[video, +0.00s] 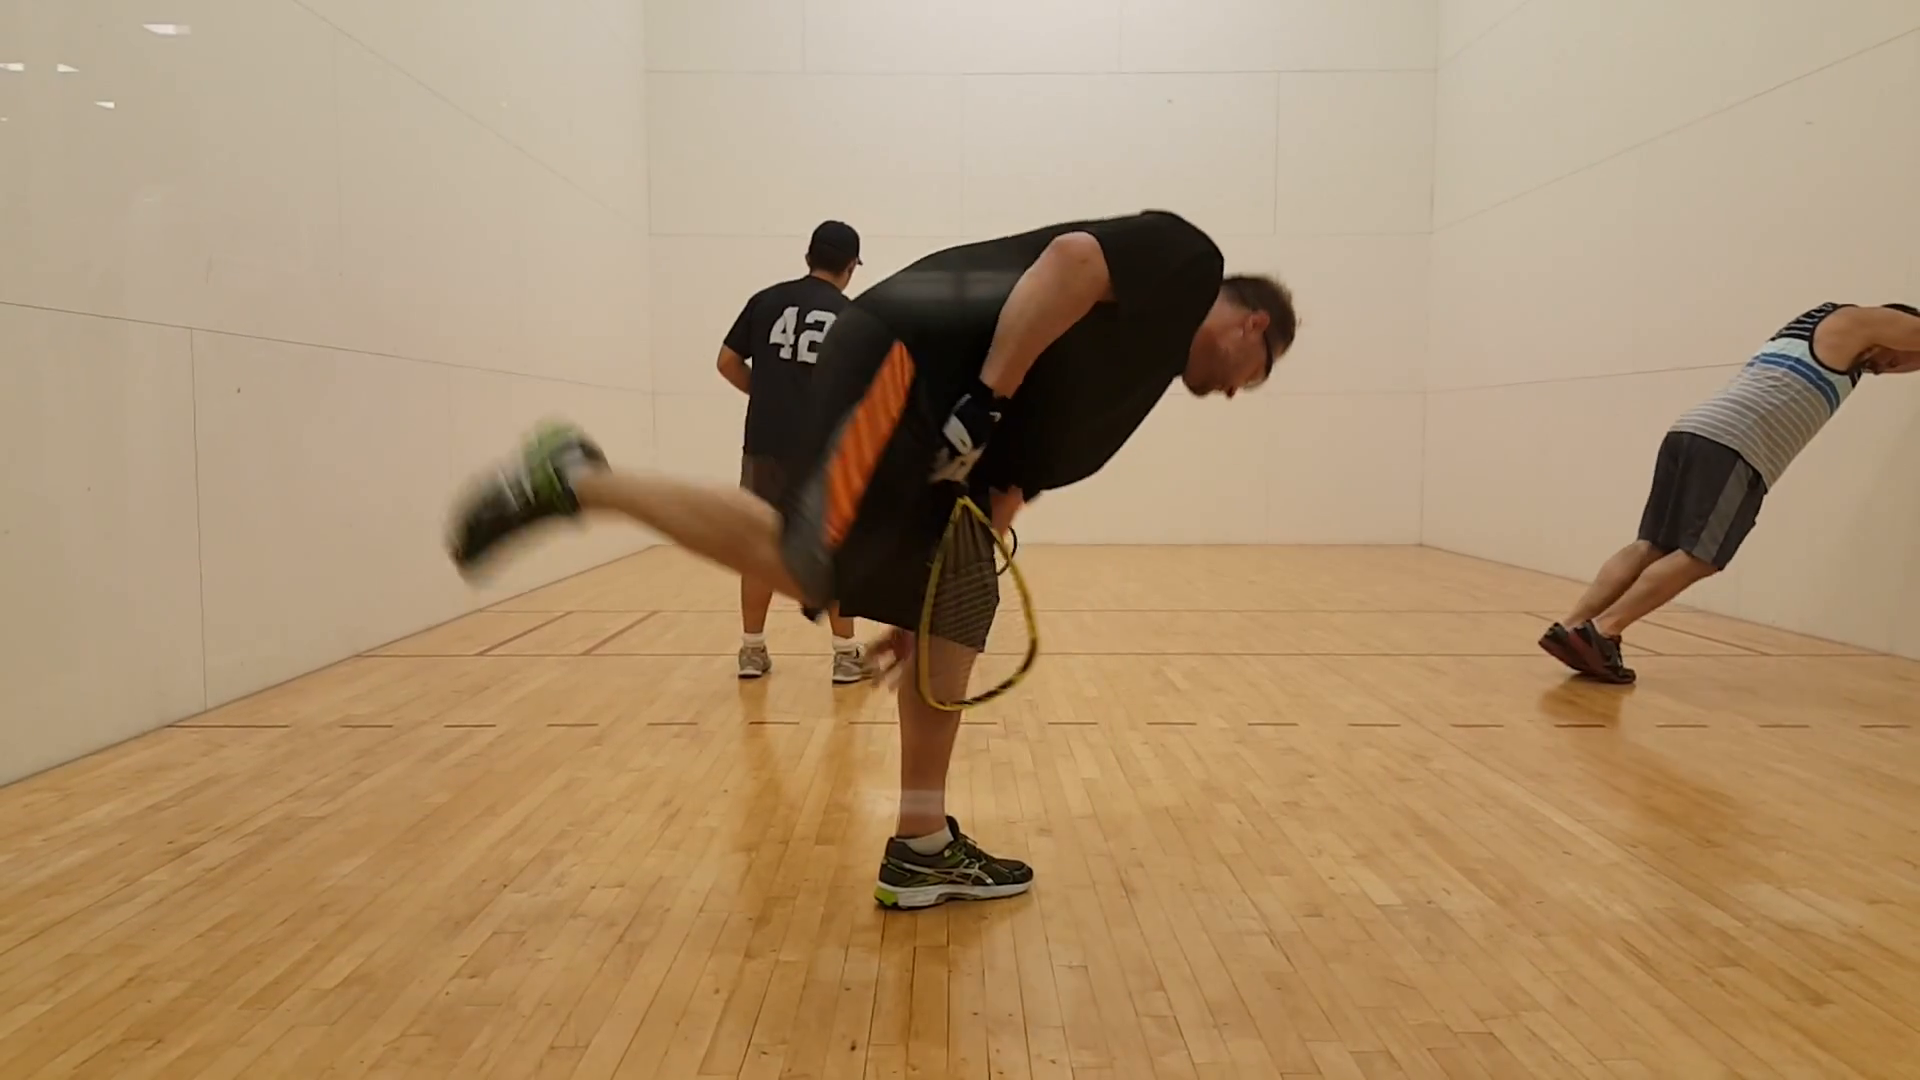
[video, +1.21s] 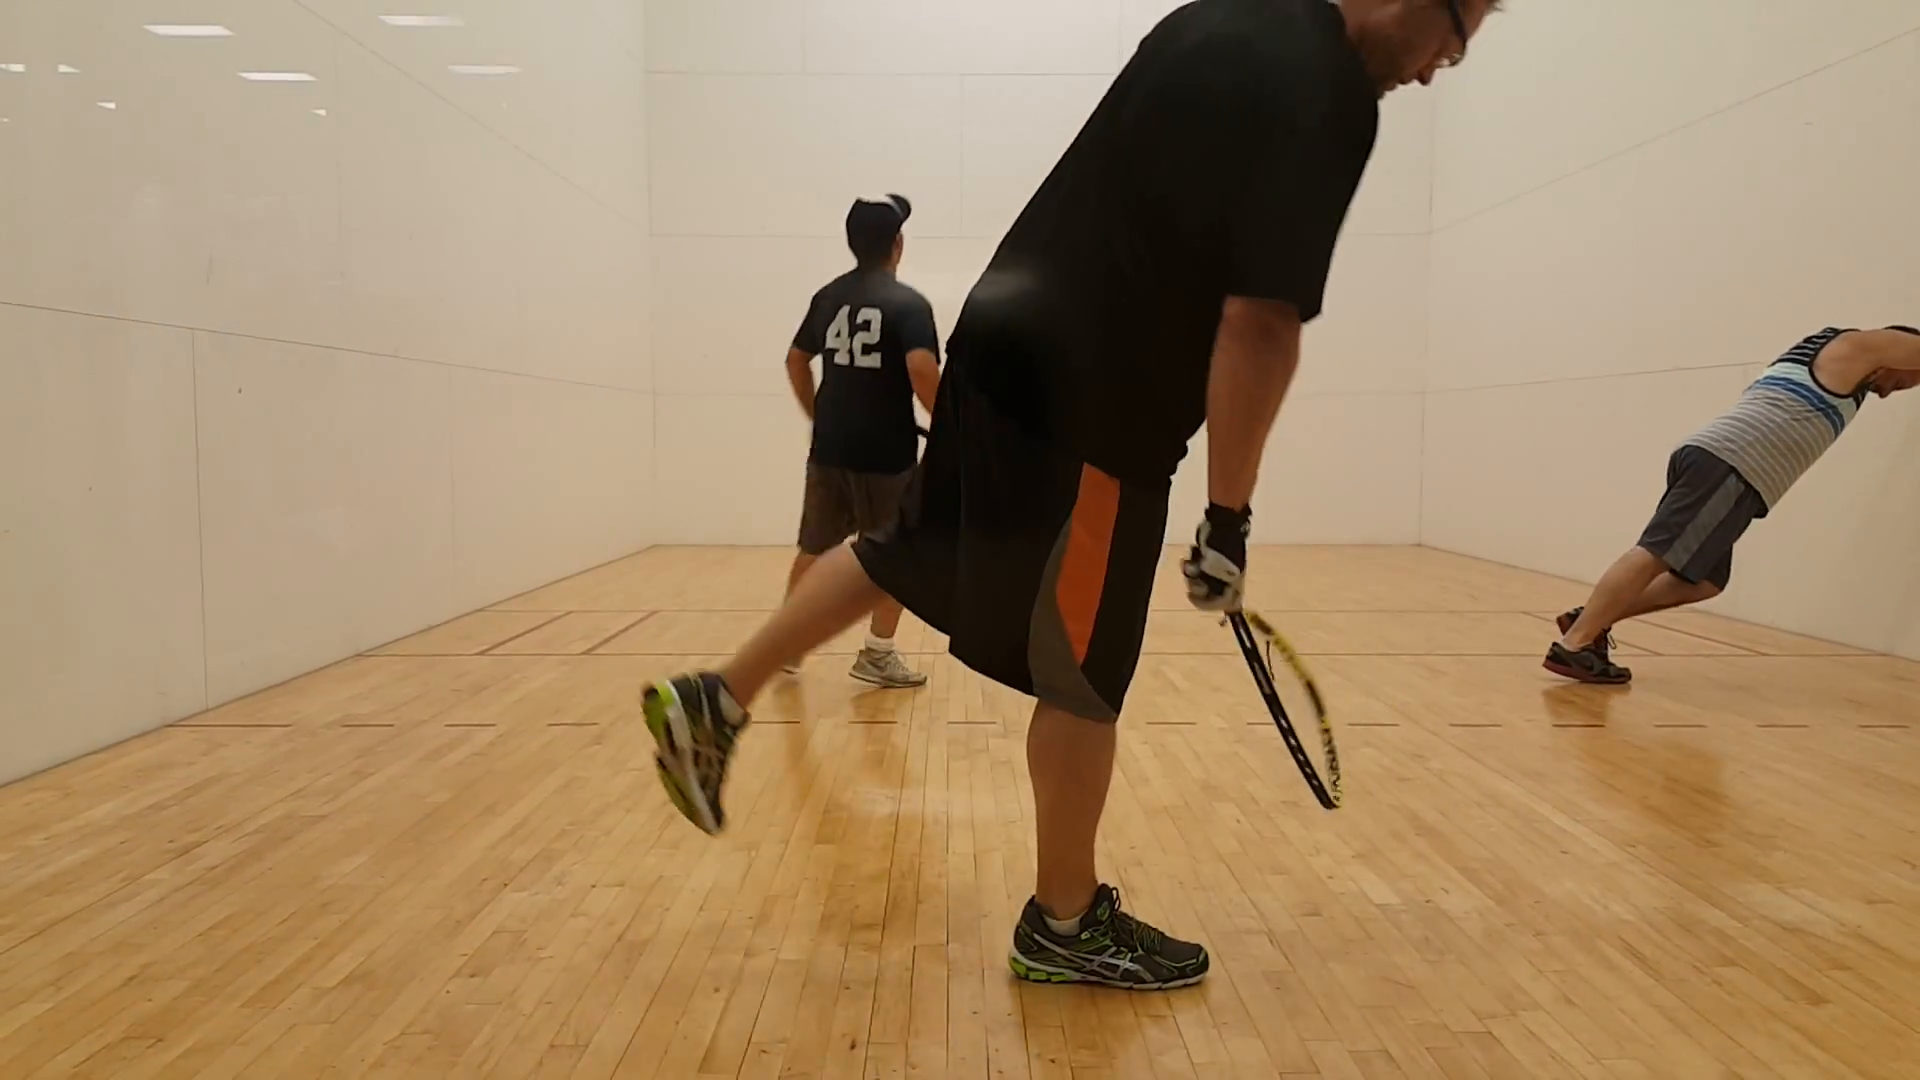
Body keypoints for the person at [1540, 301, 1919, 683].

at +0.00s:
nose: (1894, 367)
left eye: (1903, 363)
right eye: (1901, 357)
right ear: (1892, 333)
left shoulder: (1811, 327)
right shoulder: (1852, 323)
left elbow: (1902, 363)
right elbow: (1919, 342)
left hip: (1690, 433)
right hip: (1733, 449)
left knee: (1654, 542)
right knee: (1700, 556)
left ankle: (1573, 627)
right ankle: (1603, 632)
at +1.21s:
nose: (1898, 390)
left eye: (1906, 384)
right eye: (1905, 379)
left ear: (1890, 362)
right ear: (1892, 358)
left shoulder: (1825, 358)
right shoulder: (1852, 350)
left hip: (1730, 475)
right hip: (1726, 467)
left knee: (1705, 580)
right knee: (1654, 554)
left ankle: (1592, 618)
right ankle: (1575, 645)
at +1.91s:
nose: (1904, 314)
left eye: (1906, 306)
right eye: (1899, 302)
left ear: (1856, 299)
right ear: (1859, 293)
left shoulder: (1814, 327)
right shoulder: (1852, 328)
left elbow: (1911, 353)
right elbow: (1919, 341)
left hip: (1685, 434)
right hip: (1725, 452)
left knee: (1644, 543)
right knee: (1684, 555)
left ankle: (1567, 628)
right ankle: (1593, 633)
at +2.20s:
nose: (1899, 324)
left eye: (1898, 314)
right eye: (1890, 312)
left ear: (1847, 317)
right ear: (1850, 311)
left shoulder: (1807, 342)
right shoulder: (1850, 347)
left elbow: (1904, 360)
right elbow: (1918, 351)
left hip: (1673, 445)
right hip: (1723, 464)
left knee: (1625, 544)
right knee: (1743, 569)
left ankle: (1558, 638)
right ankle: (1638, 624)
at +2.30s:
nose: (1899, 319)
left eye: (1899, 310)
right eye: (1891, 307)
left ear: (1847, 313)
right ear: (1850, 307)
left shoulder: (1807, 338)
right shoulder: (1848, 342)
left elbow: (1907, 359)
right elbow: (1917, 348)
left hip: (1675, 443)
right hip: (1722, 463)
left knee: (1626, 546)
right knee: (1731, 570)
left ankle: (1559, 638)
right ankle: (1626, 625)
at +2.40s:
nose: (1899, 310)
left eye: (1899, 302)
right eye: (1891, 299)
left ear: (1847, 305)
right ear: (1849, 299)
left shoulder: (1808, 333)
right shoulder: (1849, 336)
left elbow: (1909, 357)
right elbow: (1917, 345)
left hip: (1680, 440)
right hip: (1725, 462)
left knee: (1631, 544)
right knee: (1713, 570)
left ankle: (1562, 634)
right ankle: (1611, 628)